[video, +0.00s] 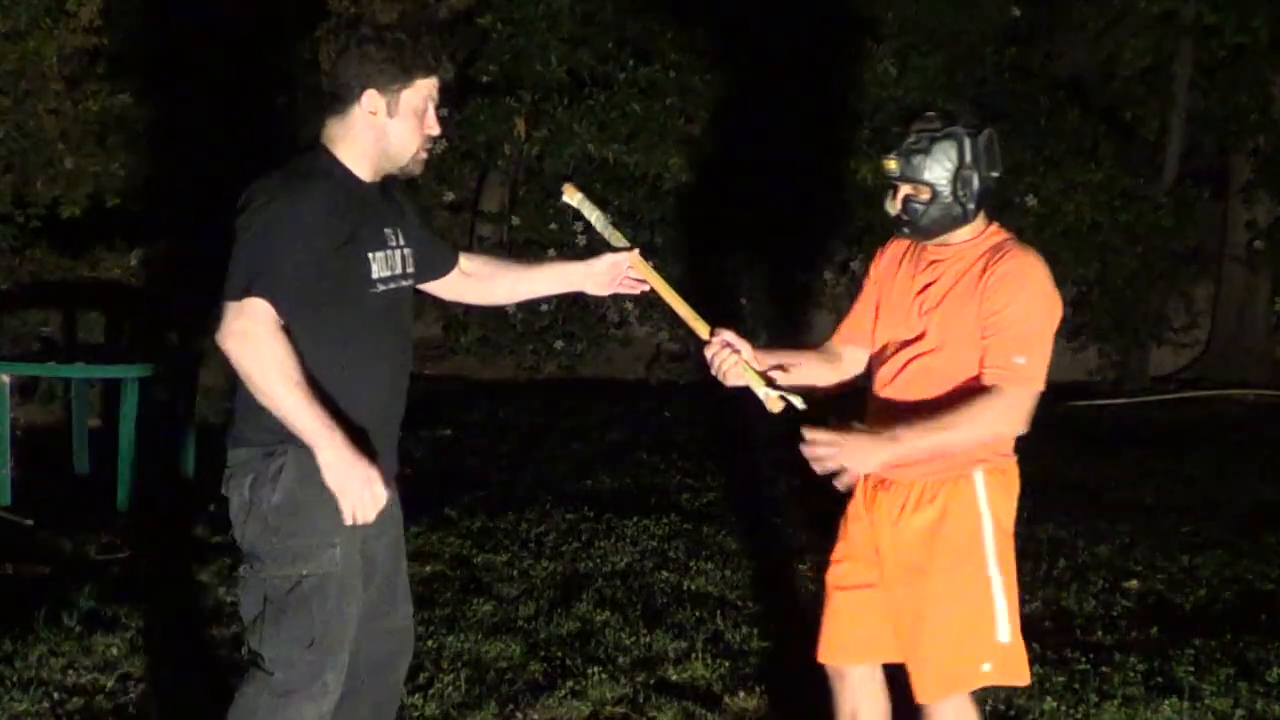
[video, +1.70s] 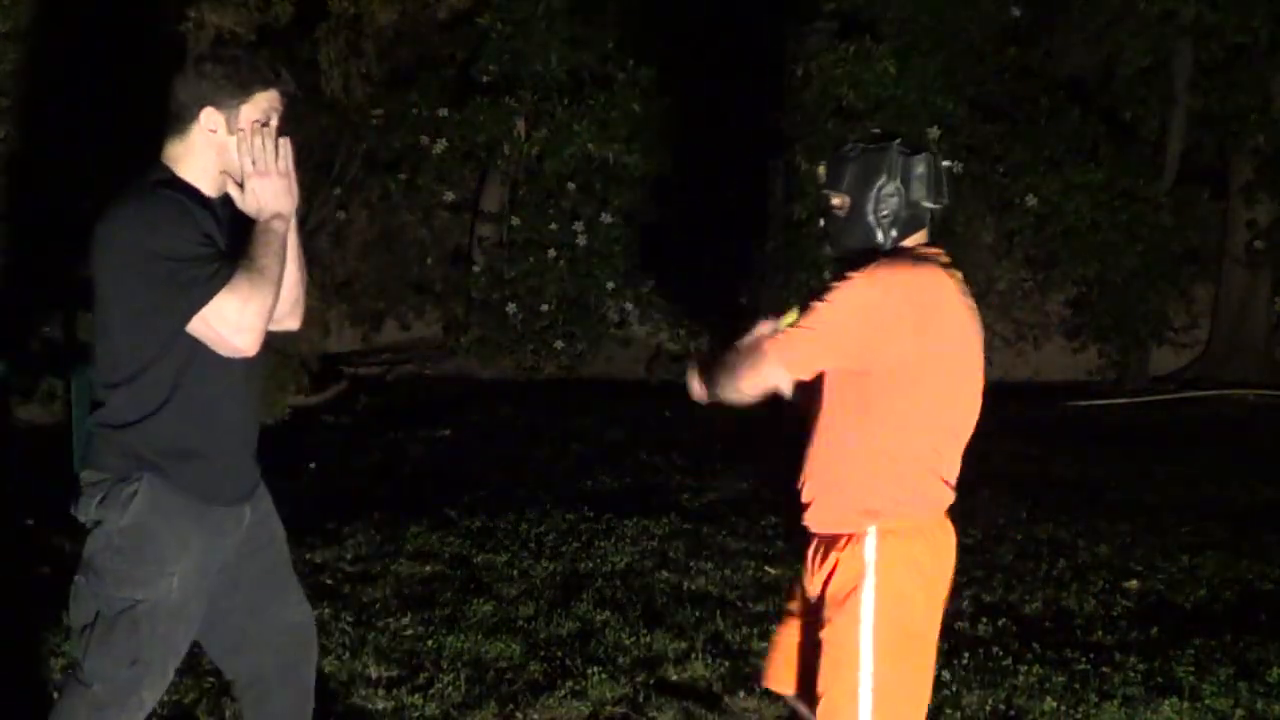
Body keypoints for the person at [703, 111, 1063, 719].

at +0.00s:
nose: (898, 202)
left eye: (917, 189)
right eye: (895, 185)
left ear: (964, 190)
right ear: (892, 184)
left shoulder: (1016, 273)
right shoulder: (895, 259)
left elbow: (1009, 412)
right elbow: (841, 360)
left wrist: (877, 449)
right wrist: (759, 361)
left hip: (959, 493)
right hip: (876, 488)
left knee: (943, 682)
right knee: (848, 656)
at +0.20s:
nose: (850, 211)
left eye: (868, 198)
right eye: (847, 194)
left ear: (916, 198)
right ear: (843, 191)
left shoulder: (969, 275)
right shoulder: (860, 272)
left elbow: (942, 409)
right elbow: (830, 382)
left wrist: (817, 439)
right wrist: (772, 395)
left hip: (915, 506)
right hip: (841, 495)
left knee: (857, 693)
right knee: (823, 686)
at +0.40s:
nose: (805, 214)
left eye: (815, 198)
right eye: (801, 199)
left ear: (858, 192)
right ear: (858, 193)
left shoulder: (912, 269)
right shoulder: (866, 272)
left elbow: (875, 412)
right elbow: (824, 393)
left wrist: (759, 439)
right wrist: (753, 394)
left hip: (870, 509)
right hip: (833, 504)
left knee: (803, 697)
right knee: (818, 697)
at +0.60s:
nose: (764, 209)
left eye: (769, 193)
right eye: (760, 194)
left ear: (805, 187)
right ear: (837, 177)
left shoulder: (847, 272)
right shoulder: (894, 264)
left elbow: (784, 420)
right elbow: (820, 390)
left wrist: (689, 445)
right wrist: (713, 372)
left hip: (841, 511)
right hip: (878, 508)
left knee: (781, 701)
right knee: (837, 703)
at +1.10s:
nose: (780, 225)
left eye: (789, 211)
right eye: (779, 211)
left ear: (830, 208)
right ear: (846, 204)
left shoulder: (886, 291)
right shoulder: (877, 282)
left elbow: (863, 446)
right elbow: (842, 408)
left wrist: (774, 482)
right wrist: (751, 420)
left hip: (884, 530)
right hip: (889, 524)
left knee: (810, 703)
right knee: (894, 698)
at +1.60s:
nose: (849, 205)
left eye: (858, 190)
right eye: (850, 189)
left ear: (893, 194)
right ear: (923, 195)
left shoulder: (914, 279)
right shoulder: (942, 275)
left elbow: (831, 403)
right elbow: (869, 405)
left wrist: (754, 458)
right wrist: (766, 424)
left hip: (893, 539)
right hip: (908, 533)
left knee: (877, 706)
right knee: (899, 703)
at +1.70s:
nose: (828, 215)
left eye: (839, 201)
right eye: (830, 200)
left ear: (876, 207)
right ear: (908, 210)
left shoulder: (886, 291)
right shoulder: (937, 290)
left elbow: (754, 374)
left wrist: (708, 379)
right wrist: (773, 348)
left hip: (881, 550)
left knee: (862, 708)